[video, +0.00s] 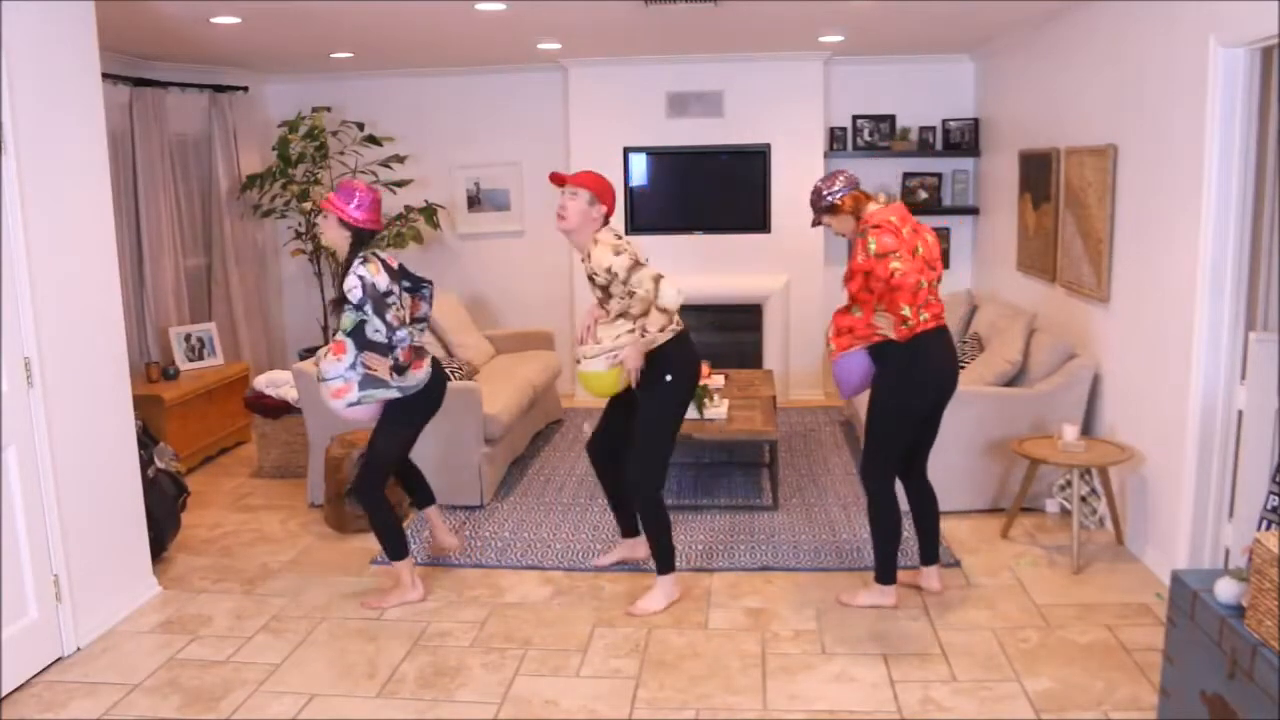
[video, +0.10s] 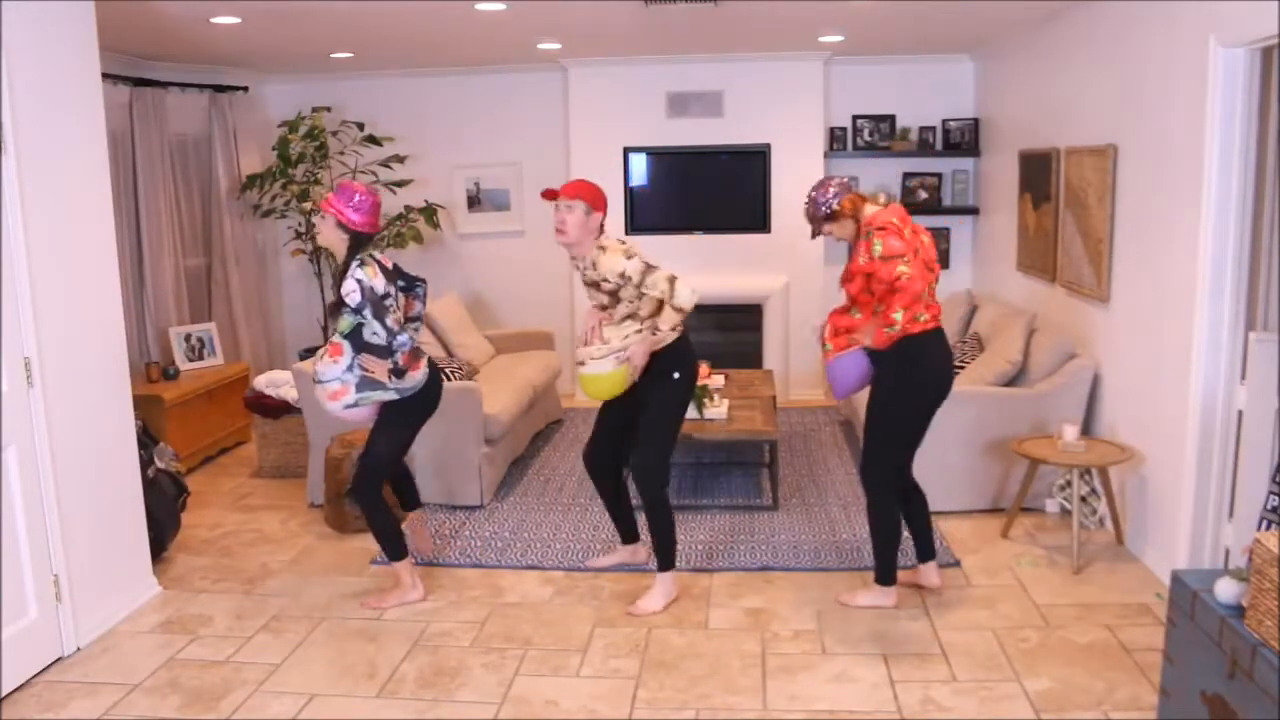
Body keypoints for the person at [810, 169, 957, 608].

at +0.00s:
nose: (832, 232)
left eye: (829, 223)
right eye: (826, 225)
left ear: (845, 207)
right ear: (853, 202)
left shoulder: (873, 233)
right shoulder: (910, 222)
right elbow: (934, 270)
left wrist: (841, 330)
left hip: (906, 357)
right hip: (940, 352)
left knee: (875, 471)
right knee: (912, 467)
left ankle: (884, 585)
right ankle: (930, 570)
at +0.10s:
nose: (829, 236)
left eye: (827, 228)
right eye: (823, 231)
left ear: (843, 212)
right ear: (842, 211)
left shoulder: (879, 235)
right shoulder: (892, 225)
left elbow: (912, 287)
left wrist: (882, 332)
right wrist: (841, 329)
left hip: (909, 359)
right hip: (926, 355)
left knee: (877, 471)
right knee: (895, 467)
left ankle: (884, 586)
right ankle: (928, 566)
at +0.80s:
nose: (849, 219)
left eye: (856, 208)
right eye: (841, 211)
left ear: (876, 196)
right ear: (836, 208)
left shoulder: (918, 234)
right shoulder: (845, 235)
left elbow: (938, 303)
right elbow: (838, 289)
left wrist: (874, 324)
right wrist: (821, 321)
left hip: (917, 361)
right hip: (870, 359)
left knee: (894, 471)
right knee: (850, 465)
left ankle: (896, 583)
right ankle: (875, 555)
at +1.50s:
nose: (871, 182)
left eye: (879, 173)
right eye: (861, 174)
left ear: (891, 178)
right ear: (848, 180)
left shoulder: (920, 223)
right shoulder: (823, 226)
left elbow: (943, 282)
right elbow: (797, 287)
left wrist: (914, 314)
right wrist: (830, 316)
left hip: (901, 354)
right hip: (841, 356)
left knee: (901, 471)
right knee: (834, 468)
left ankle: (899, 580)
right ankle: (822, 568)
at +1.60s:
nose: (871, 179)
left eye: (878, 171)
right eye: (861, 172)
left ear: (890, 179)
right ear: (846, 181)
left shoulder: (913, 227)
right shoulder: (819, 232)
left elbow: (936, 276)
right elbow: (792, 295)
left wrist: (923, 310)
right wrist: (836, 326)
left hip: (896, 365)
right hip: (833, 366)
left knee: (919, 479)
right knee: (827, 477)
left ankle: (915, 576)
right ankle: (821, 570)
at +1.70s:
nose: (874, 181)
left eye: (880, 174)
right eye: (863, 175)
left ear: (892, 182)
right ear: (847, 186)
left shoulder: (914, 231)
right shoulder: (822, 235)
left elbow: (928, 285)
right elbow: (793, 300)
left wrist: (912, 313)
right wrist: (840, 334)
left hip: (893, 363)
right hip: (831, 364)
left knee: (925, 472)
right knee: (826, 476)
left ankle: (936, 572)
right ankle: (821, 570)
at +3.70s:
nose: (931, 219)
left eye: (940, 212)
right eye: (923, 210)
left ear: (952, 205)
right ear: (907, 201)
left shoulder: (970, 227)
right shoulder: (878, 222)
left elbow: (1001, 287)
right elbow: (832, 273)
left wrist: (957, 315)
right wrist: (882, 309)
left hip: (940, 363)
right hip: (880, 360)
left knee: (969, 480)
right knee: (846, 476)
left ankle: (971, 584)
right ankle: (801, 584)